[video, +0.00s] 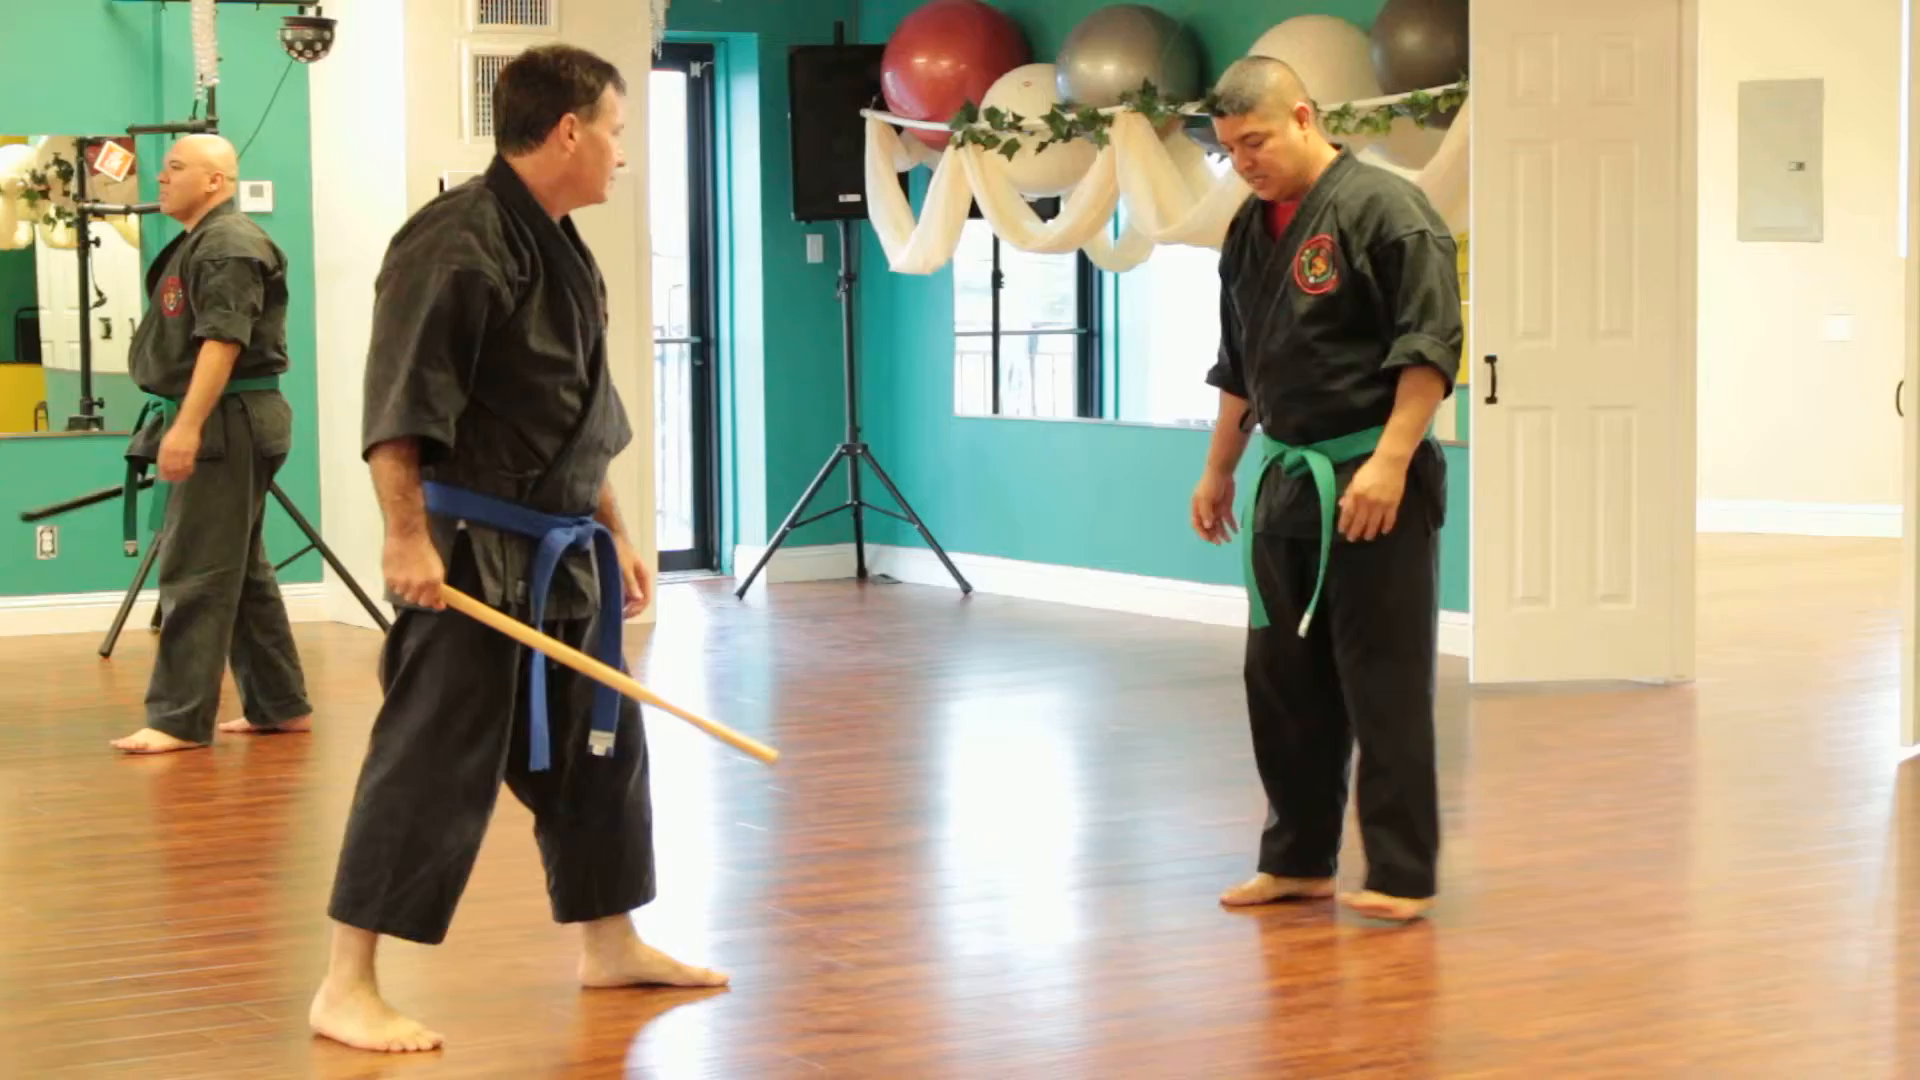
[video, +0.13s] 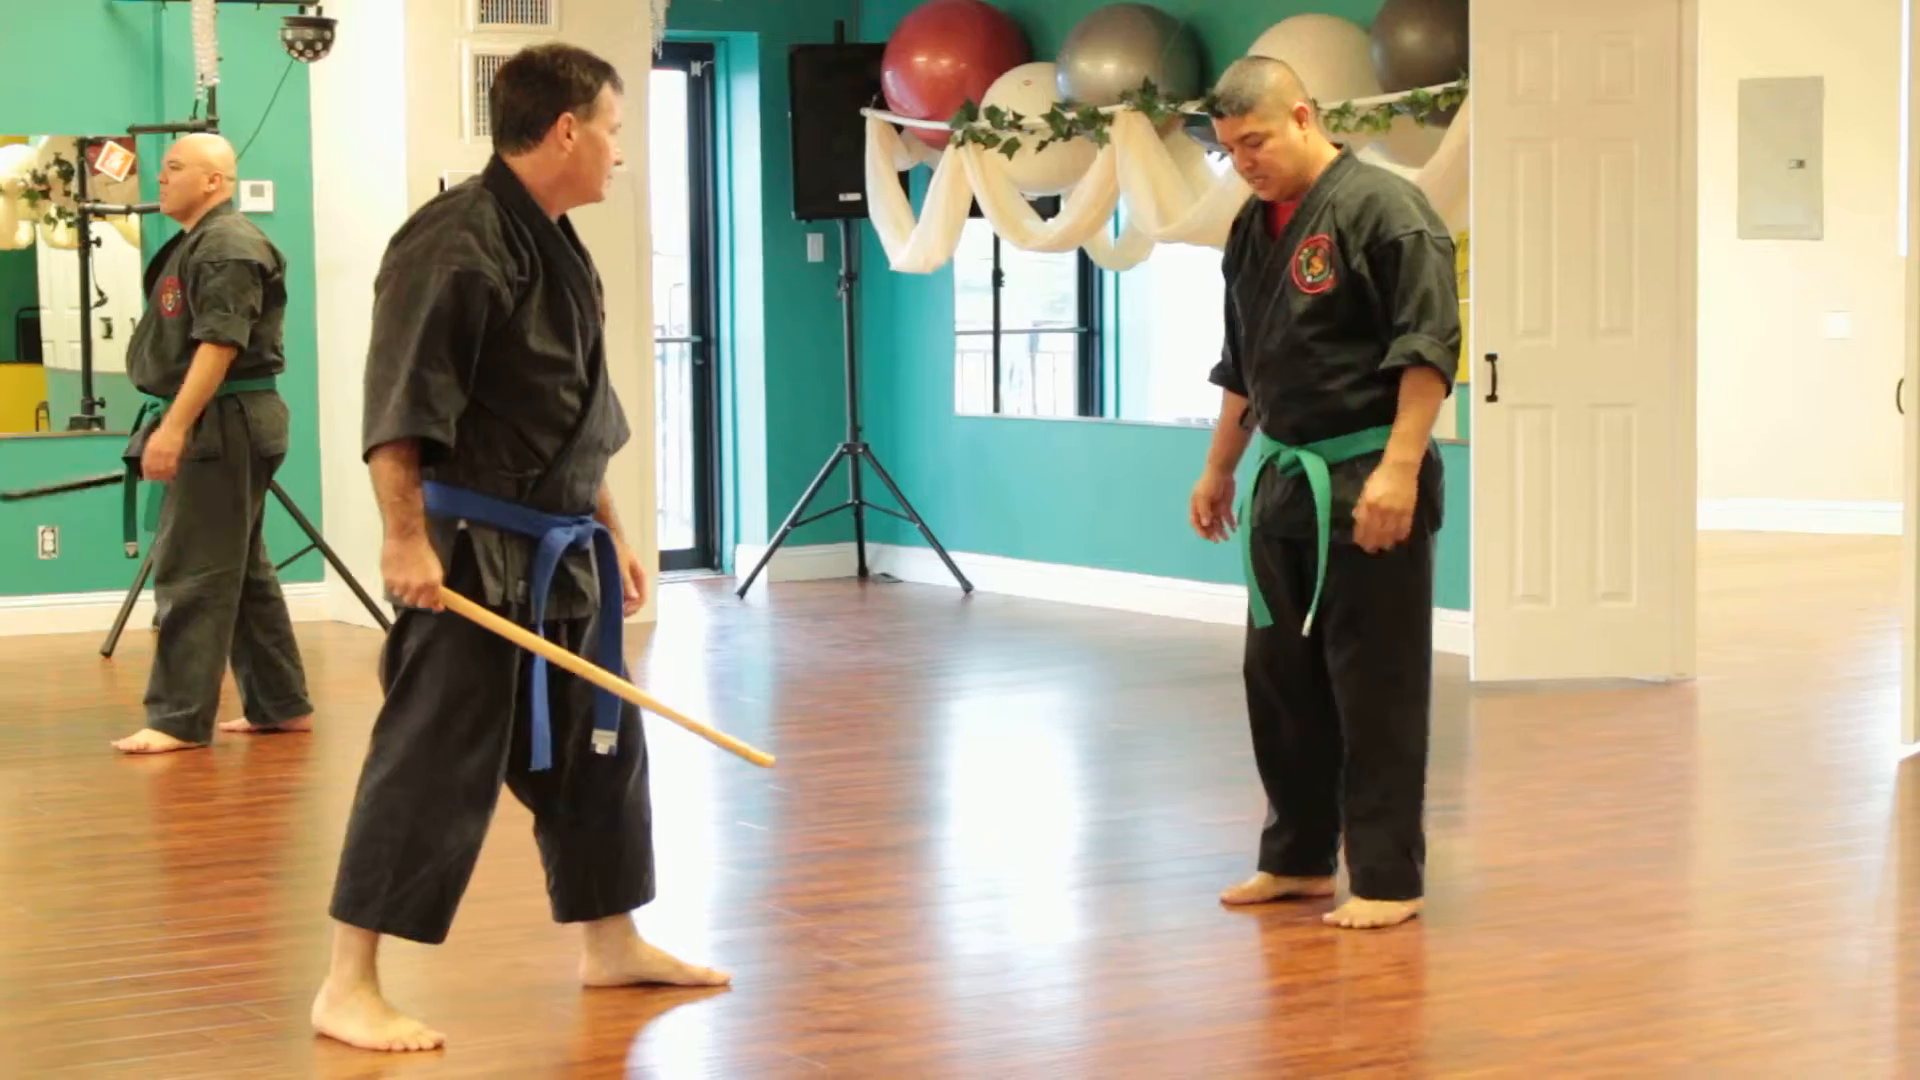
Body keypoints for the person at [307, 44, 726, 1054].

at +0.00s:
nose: (622, 155)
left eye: (622, 135)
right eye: (615, 134)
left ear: (562, 132)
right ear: (567, 133)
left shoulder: (566, 253)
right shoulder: (450, 240)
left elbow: (579, 415)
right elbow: (394, 404)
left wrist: (619, 531)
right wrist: (405, 537)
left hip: (568, 539)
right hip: (471, 537)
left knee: (597, 731)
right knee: (426, 750)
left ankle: (612, 946)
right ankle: (346, 986)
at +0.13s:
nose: (620, 152)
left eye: (619, 132)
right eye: (613, 132)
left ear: (559, 131)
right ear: (565, 132)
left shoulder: (563, 252)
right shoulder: (450, 241)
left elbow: (576, 415)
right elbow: (395, 404)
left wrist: (615, 530)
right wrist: (405, 537)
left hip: (565, 537)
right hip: (472, 536)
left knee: (597, 731)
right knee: (428, 749)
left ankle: (614, 945)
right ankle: (347, 986)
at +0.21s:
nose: (619, 152)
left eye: (617, 131)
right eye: (612, 131)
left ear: (556, 131)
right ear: (564, 131)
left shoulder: (556, 248)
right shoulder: (450, 240)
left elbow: (569, 415)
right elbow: (394, 403)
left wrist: (609, 529)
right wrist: (402, 538)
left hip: (562, 535)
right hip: (471, 536)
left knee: (595, 732)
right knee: (429, 749)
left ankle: (615, 946)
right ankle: (348, 987)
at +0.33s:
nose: (612, 154)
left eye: (611, 133)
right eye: (606, 133)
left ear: (552, 130)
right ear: (559, 130)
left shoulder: (545, 242)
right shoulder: (448, 241)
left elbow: (551, 416)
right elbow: (391, 405)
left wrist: (593, 536)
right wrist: (400, 540)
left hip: (560, 537)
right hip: (471, 538)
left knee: (592, 734)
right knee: (428, 751)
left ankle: (615, 947)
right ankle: (349, 988)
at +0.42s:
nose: (611, 153)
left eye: (610, 133)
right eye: (604, 133)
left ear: (550, 132)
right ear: (557, 131)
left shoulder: (542, 240)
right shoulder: (449, 242)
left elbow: (550, 410)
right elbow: (392, 405)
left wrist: (585, 536)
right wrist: (398, 542)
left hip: (561, 538)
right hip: (474, 540)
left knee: (595, 734)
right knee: (431, 752)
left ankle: (618, 948)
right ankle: (351, 988)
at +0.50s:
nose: (613, 154)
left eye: (613, 134)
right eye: (606, 134)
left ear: (550, 134)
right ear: (557, 132)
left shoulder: (542, 239)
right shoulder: (451, 244)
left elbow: (543, 407)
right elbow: (393, 406)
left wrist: (578, 535)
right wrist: (402, 543)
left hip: (564, 539)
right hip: (477, 541)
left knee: (598, 735)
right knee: (435, 754)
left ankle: (622, 949)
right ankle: (356, 989)